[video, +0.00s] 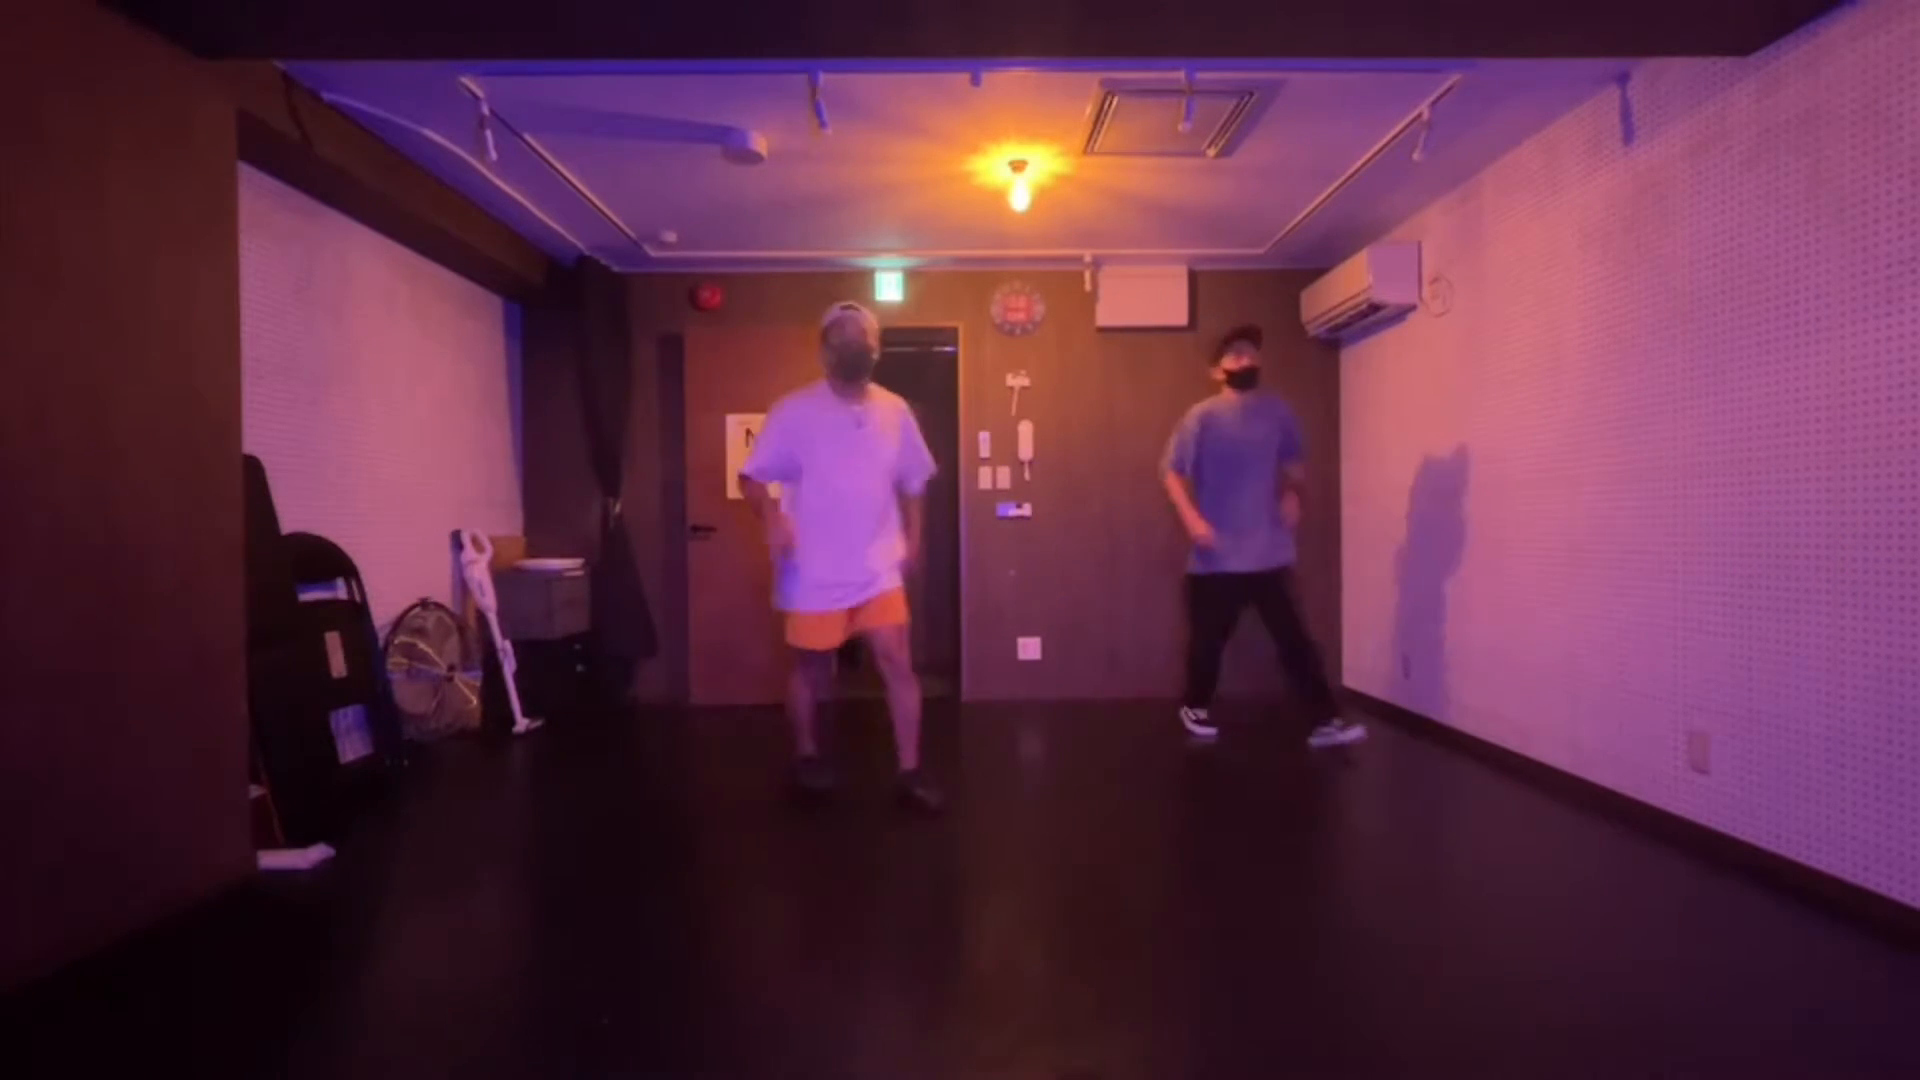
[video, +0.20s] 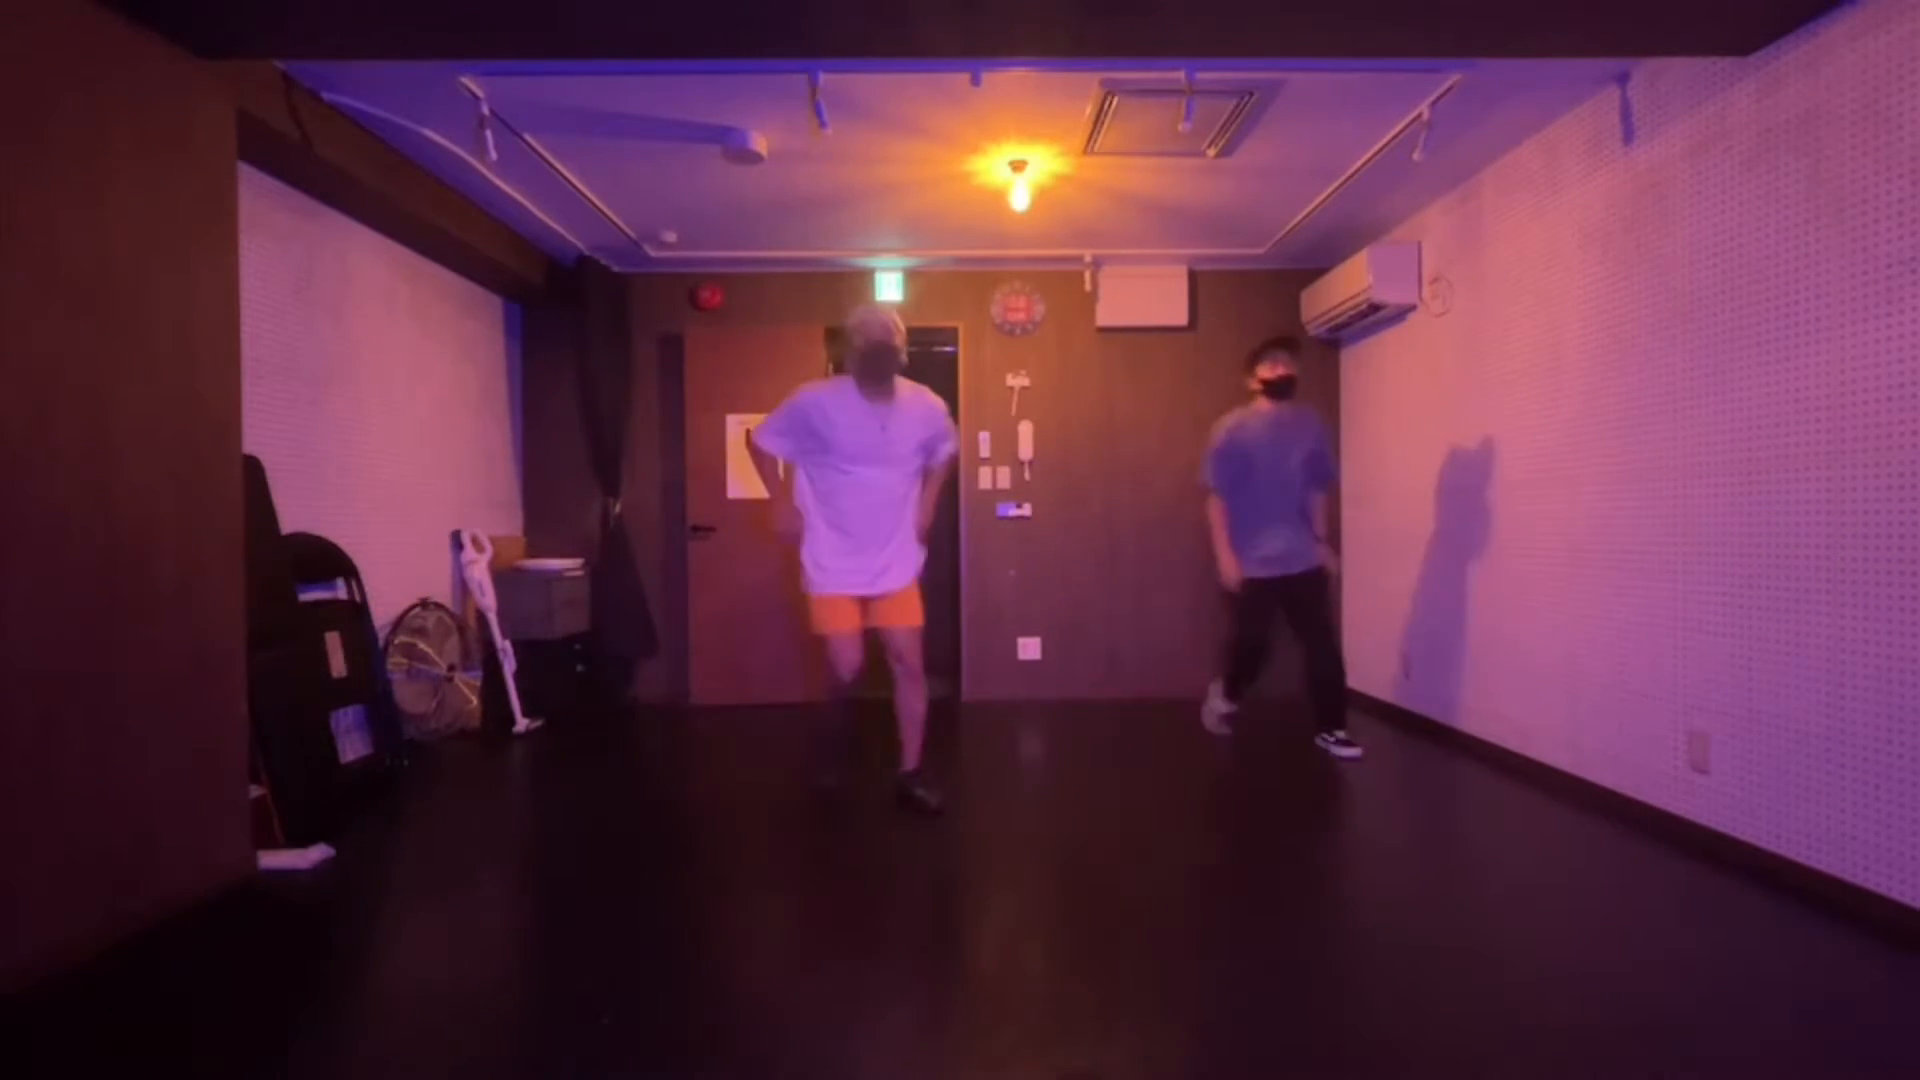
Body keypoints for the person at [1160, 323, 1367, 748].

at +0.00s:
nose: (1242, 361)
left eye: (1249, 353)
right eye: (1234, 353)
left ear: (1261, 362)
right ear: (1218, 365)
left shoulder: (1276, 411)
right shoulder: (1202, 416)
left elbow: (1293, 464)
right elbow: (1172, 472)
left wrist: (1291, 500)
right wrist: (1193, 520)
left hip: (1268, 552)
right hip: (1217, 554)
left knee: (1295, 642)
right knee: (1207, 643)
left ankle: (1325, 719)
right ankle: (1195, 710)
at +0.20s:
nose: (1280, 380)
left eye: (1287, 372)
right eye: (1270, 371)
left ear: (1297, 377)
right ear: (1252, 378)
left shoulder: (1308, 424)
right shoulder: (1232, 429)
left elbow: (1318, 488)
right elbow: (1216, 497)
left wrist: (1322, 541)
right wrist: (1225, 555)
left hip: (1302, 559)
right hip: (1253, 563)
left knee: (1322, 647)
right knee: (1250, 643)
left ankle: (1331, 727)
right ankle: (1225, 697)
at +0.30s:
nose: (1300, 385)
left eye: (1307, 377)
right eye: (1290, 377)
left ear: (1318, 385)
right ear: (1273, 387)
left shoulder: (1326, 439)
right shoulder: (1251, 440)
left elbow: (1335, 503)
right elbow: (1230, 508)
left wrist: (1336, 549)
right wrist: (1264, 558)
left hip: (1313, 566)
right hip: (1262, 565)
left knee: (1339, 656)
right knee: (1284, 634)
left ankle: (1331, 729)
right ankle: (1278, 684)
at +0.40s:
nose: (1298, 373)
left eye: (1305, 366)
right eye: (1289, 365)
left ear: (1314, 374)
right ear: (1270, 374)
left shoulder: (1323, 424)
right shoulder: (1248, 426)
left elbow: (1335, 485)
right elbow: (1235, 490)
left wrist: (1334, 525)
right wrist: (1290, 513)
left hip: (1314, 555)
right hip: (1262, 553)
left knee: (1338, 648)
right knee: (1274, 623)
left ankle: (1332, 727)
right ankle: (1282, 680)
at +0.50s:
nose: (1280, 352)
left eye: (1287, 344)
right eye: (1272, 343)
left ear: (1297, 350)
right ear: (1253, 350)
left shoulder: (1307, 395)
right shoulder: (1236, 397)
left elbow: (1326, 451)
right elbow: (1235, 443)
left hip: (1308, 534)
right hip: (1254, 537)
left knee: (1323, 633)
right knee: (1237, 618)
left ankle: (1330, 723)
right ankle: (1238, 698)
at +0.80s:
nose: (1248, 359)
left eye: (1256, 352)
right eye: (1240, 351)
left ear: (1266, 358)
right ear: (1220, 358)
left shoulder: (1273, 396)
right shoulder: (1204, 394)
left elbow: (1286, 453)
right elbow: (1212, 427)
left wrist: (1294, 491)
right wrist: (1287, 410)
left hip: (1264, 545)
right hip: (1211, 546)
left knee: (1295, 641)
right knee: (1201, 642)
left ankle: (1320, 723)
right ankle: (1185, 725)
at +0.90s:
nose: (1242, 376)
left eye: (1249, 368)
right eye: (1233, 368)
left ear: (1258, 372)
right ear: (1216, 372)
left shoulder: (1267, 417)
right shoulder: (1194, 413)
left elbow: (1274, 481)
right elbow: (1185, 466)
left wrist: (1274, 538)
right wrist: (1263, 453)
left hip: (1249, 551)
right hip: (1194, 551)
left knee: (1283, 639)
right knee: (1182, 642)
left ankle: (1299, 717)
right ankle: (1163, 723)